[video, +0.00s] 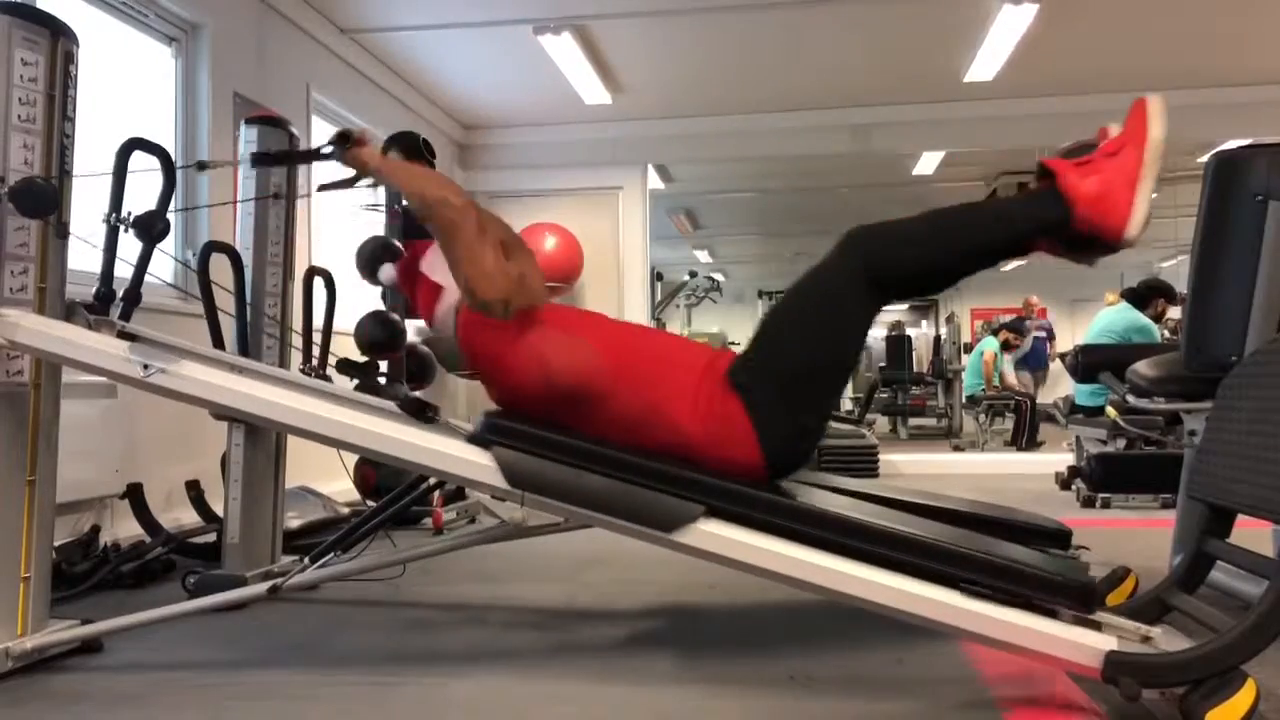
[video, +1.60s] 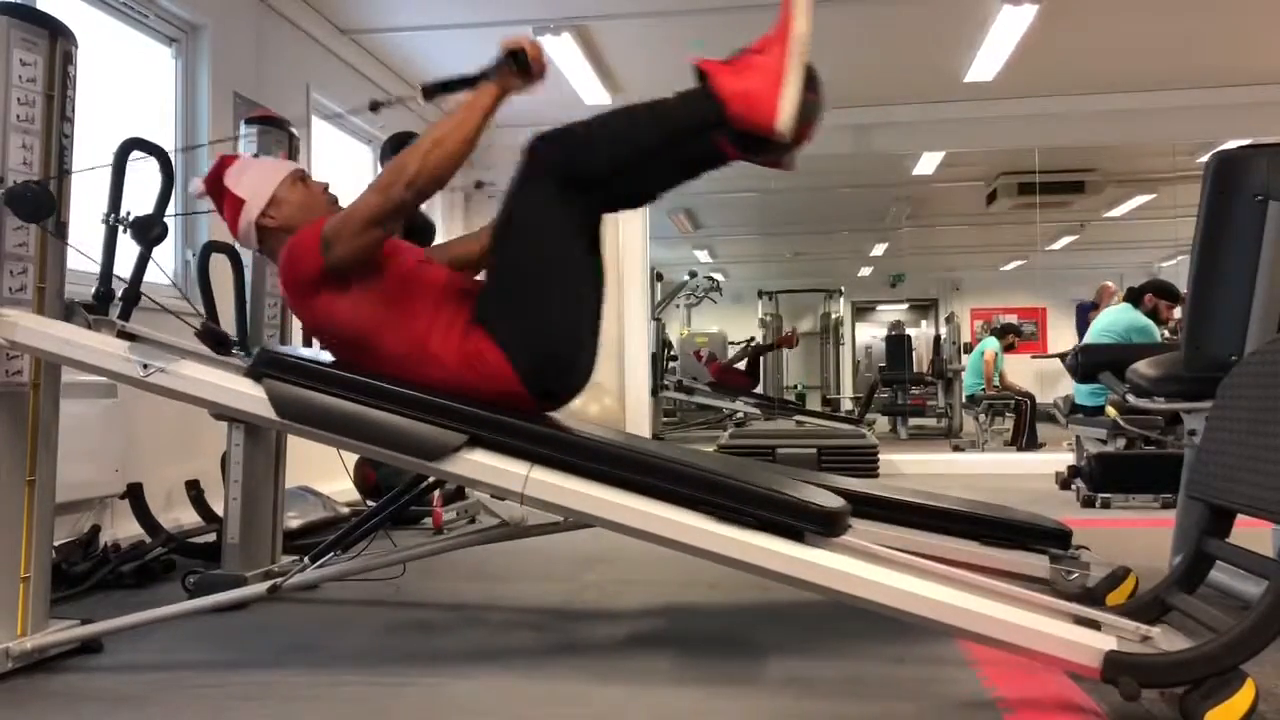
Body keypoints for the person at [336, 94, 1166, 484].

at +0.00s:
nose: (503, 246)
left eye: (483, 236)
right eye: (482, 245)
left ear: (444, 287)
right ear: (457, 274)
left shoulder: (509, 325)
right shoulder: (499, 326)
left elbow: (552, 246)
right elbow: (458, 211)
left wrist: (424, 194)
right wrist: (385, 164)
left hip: (742, 407)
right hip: (748, 425)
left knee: (858, 256)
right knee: (859, 261)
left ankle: (1061, 201)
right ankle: (1072, 203)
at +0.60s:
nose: (419, 253)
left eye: (410, 248)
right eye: (407, 255)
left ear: (432, 273)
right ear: (410, 297)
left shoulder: (499, 321)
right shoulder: (457, 343)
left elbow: (548, 252)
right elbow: (480, 228)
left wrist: (454, 190)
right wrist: (410, 155)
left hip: (700, 384)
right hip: (700, 410)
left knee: (795, 236)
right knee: (793, 237)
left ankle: (999, 186)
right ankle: (1005, 190)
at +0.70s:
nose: (401, 228)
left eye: (391, 223)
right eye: (381, 232)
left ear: (401, 244)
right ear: (367, 275)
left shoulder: (453, 304)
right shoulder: (406, 325)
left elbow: (539, 269)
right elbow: (462, 237)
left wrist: (493, 185)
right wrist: (428, 131)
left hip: (646, 373)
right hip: (648, 398)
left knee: (729, 210)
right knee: (727, 210)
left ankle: (922, 164)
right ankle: (928, 165)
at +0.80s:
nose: (369, 218)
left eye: (360, 211)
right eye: (352, 219)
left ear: (339, 248)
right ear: (330, 254)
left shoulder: (405, 303)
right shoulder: (367, 311)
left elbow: (511, 282)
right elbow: (436, 236)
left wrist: (517, 191)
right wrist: (449, 119)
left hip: (600, 361)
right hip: (603, 380)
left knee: (657, 192)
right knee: (655, 190)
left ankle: (844, 151)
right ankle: (844, 139)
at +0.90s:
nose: (339, 204)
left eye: (326, 195)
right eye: (319, 201)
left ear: (307, 230)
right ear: (294, 235)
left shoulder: (373, 287)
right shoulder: (329, 294)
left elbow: (491, 269)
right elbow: (417, 228)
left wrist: (556, 194)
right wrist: (473, 118)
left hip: (557, 353)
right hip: (558, 370)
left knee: (584, 180)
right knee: (574, 173)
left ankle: (765, 128)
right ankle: (766, 125)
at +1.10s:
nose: (302, 173)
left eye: (289, 164)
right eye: (282, 169)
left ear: (250, 205)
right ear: (247, 204)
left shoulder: (302, 259)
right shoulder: (282, 253)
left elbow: (437, 231)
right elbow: (397, 222)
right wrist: (514, 168)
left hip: (503, 341)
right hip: (497, 346)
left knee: (477, 153)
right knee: (472, 145)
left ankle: (659, 118)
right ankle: (648, 90)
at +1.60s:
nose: (316, 184)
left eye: (304, 176)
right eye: (297, 183)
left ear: (286, 210)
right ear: (269, 220)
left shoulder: (351, 266)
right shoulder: (308, 262)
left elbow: (471, 252)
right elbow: (404, 183)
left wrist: (541, 205)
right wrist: (494, 87)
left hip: (526, 351)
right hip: (524, 362)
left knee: (565, 177)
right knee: (552, 160)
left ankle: (738, 132)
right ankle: (729, 103)